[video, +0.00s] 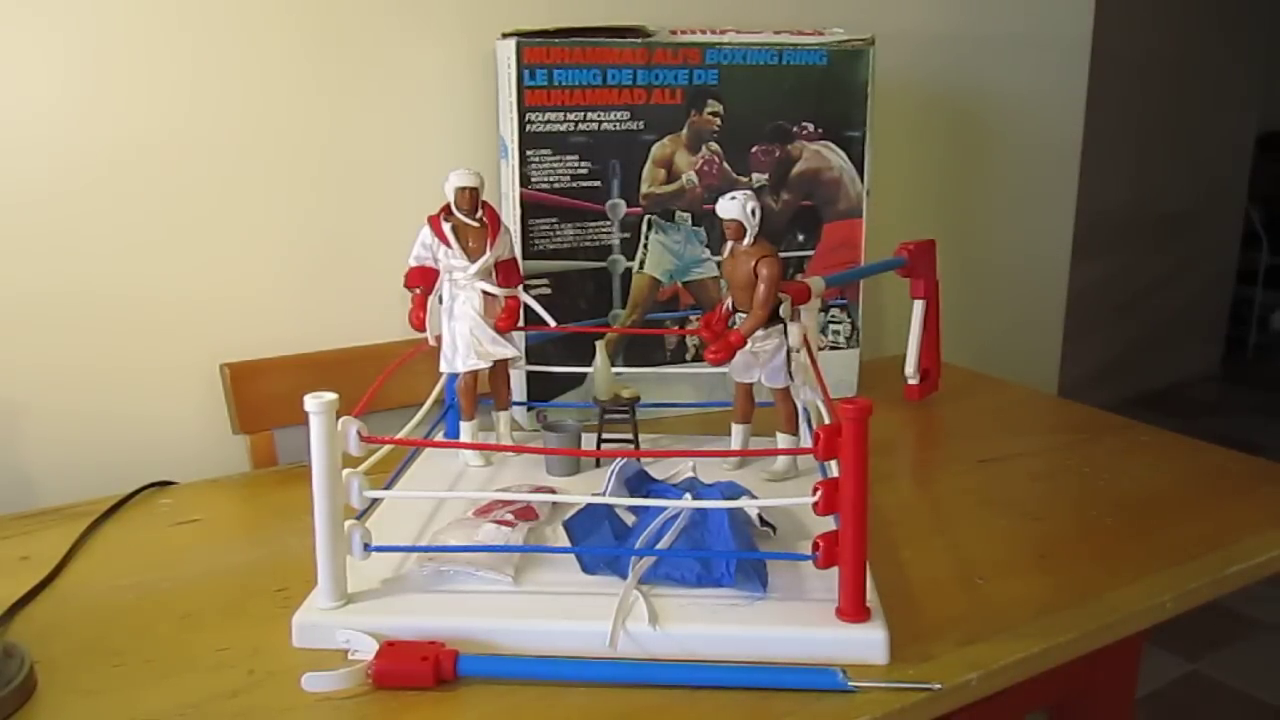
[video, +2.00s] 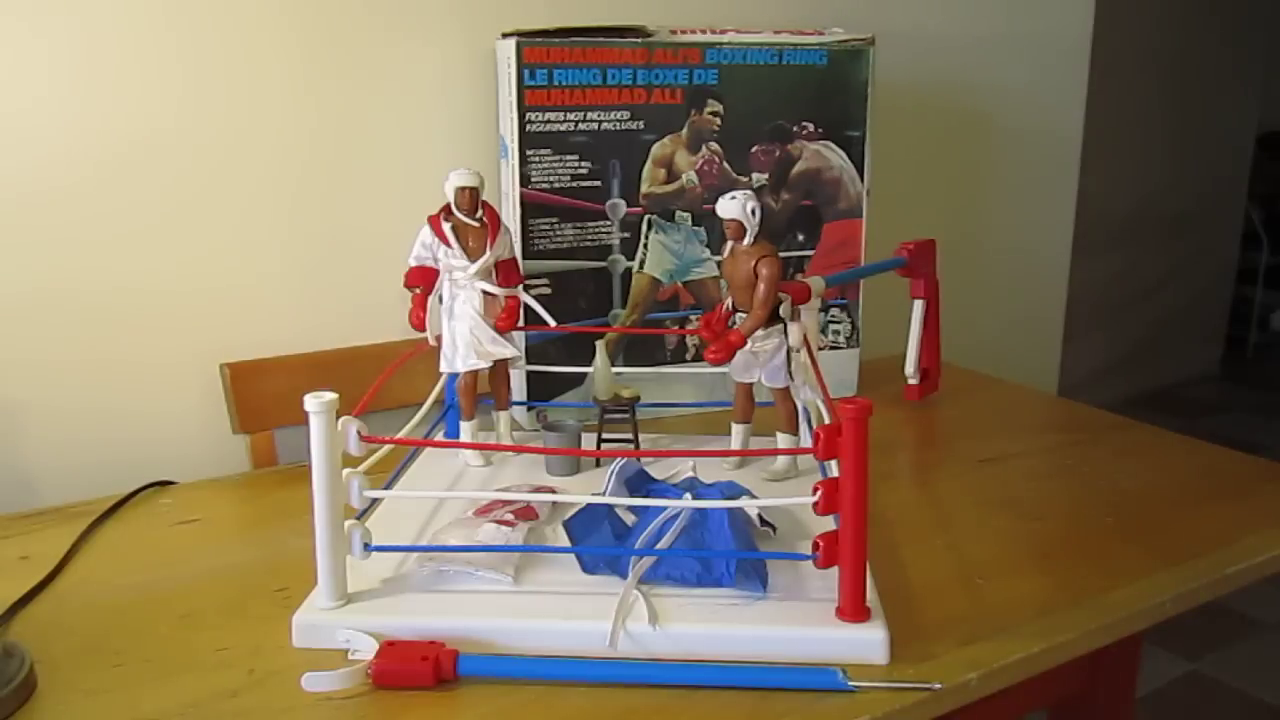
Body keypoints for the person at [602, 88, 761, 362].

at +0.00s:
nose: (718, 122)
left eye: (720, 116)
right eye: (713, 114)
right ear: (694, 115)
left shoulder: (712, 150)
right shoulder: (665, 148)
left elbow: (731, 182)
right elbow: (646, 197)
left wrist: (755, 180)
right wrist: (683, 183)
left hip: (693, 237)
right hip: (660, 235)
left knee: (719, 310)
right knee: (634, 315)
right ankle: (596, 372)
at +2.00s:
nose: (719, 122)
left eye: (721, 116)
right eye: (713, 115)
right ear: (694, 114)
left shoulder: (712, 151)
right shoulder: (664, 148)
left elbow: (732, 182)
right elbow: (647, 196)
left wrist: (756, 181)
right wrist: (682, 183)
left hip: (694, 238)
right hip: (660, 235)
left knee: (718, 310)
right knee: (634, 315)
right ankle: (596, 376)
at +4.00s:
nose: (719, 122)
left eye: (720, 116)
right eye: (714, 115)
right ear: (694, 114)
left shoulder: (712, 150)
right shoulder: (664, 148)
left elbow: (732, 182)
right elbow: (646, 196)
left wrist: (755, 181)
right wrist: (682, 183)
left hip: (693, 237)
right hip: (660, 234)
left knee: (719, 309)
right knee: (635, 313)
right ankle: (596, 370)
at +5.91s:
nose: (718, 122)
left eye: (720, 117)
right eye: (713, 115)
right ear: (693, 114)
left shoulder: (712, 150)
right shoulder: (664, 148)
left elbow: (731, 181)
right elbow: (647, 197)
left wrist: (756, 181)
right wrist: (683, 182)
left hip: (694, 237)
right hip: (660, 235)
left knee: (718, 309)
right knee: (635, 313)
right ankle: (596, 372)